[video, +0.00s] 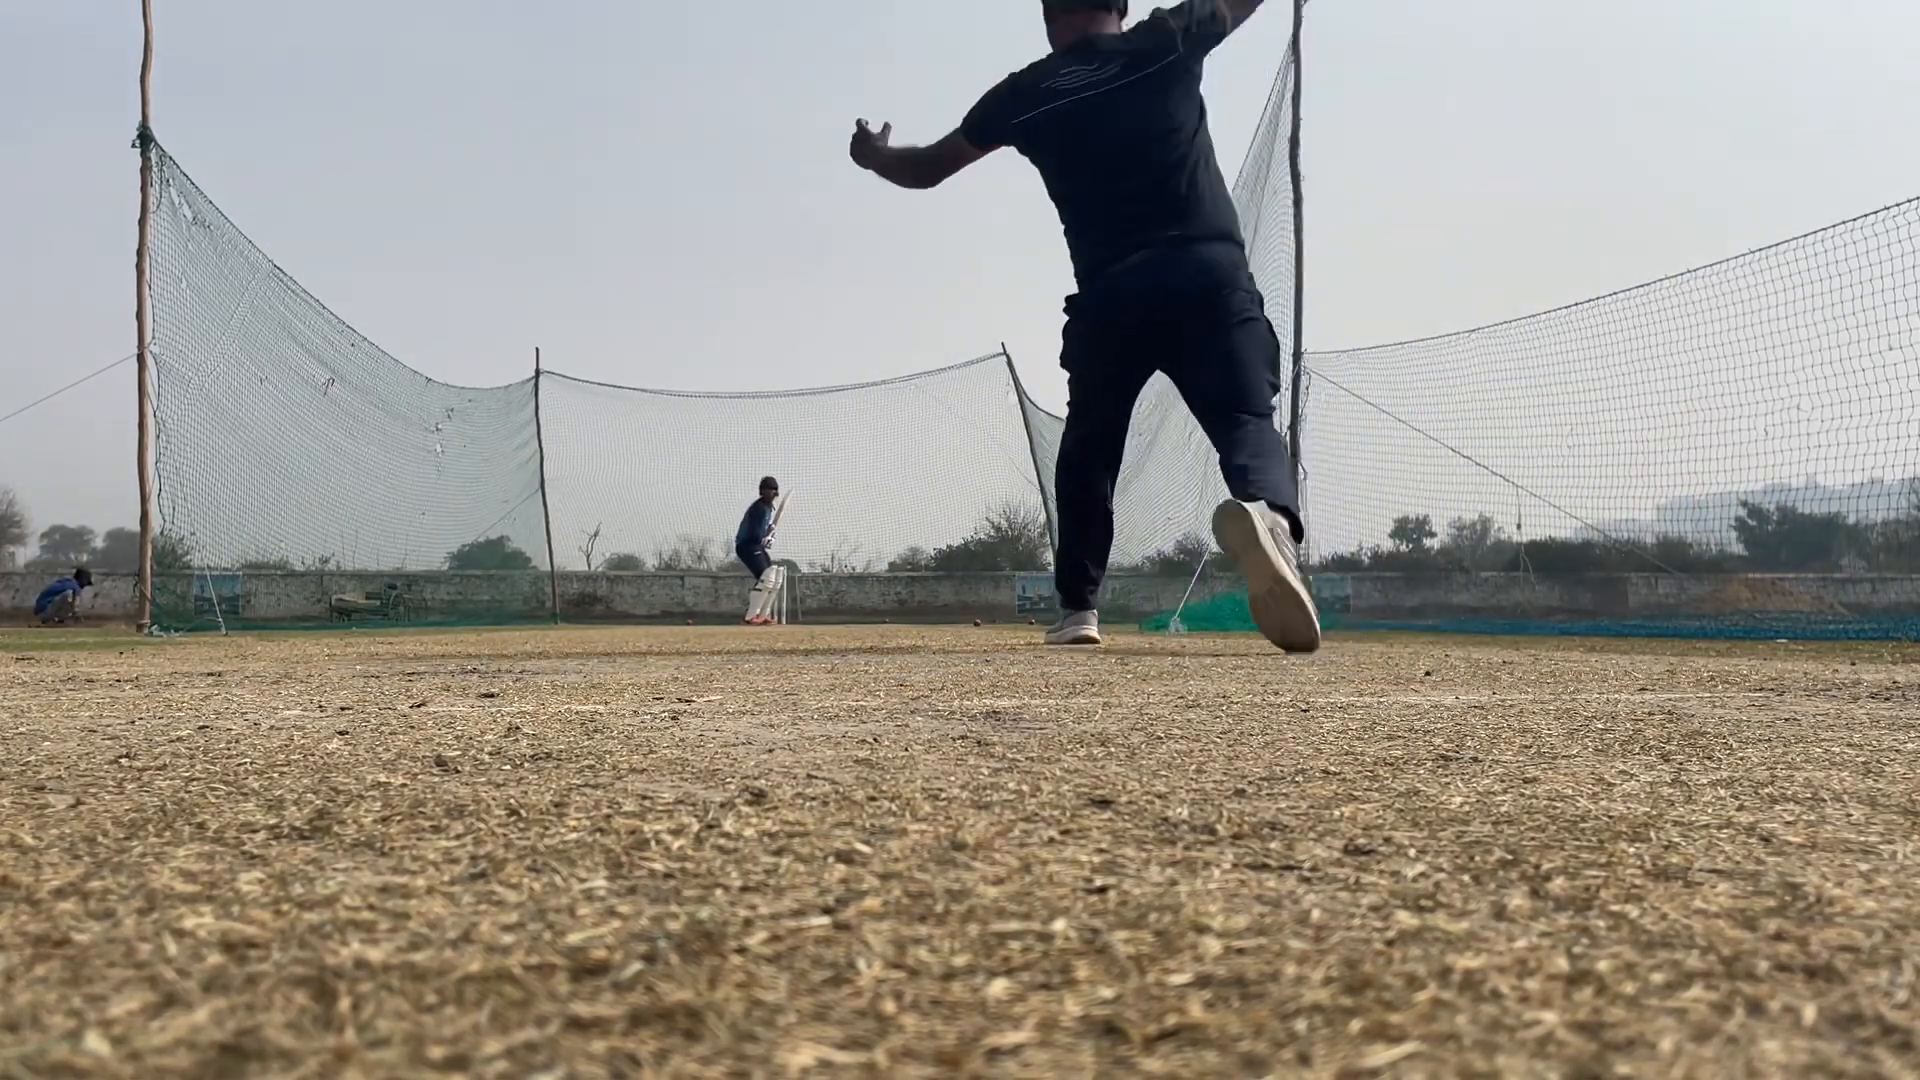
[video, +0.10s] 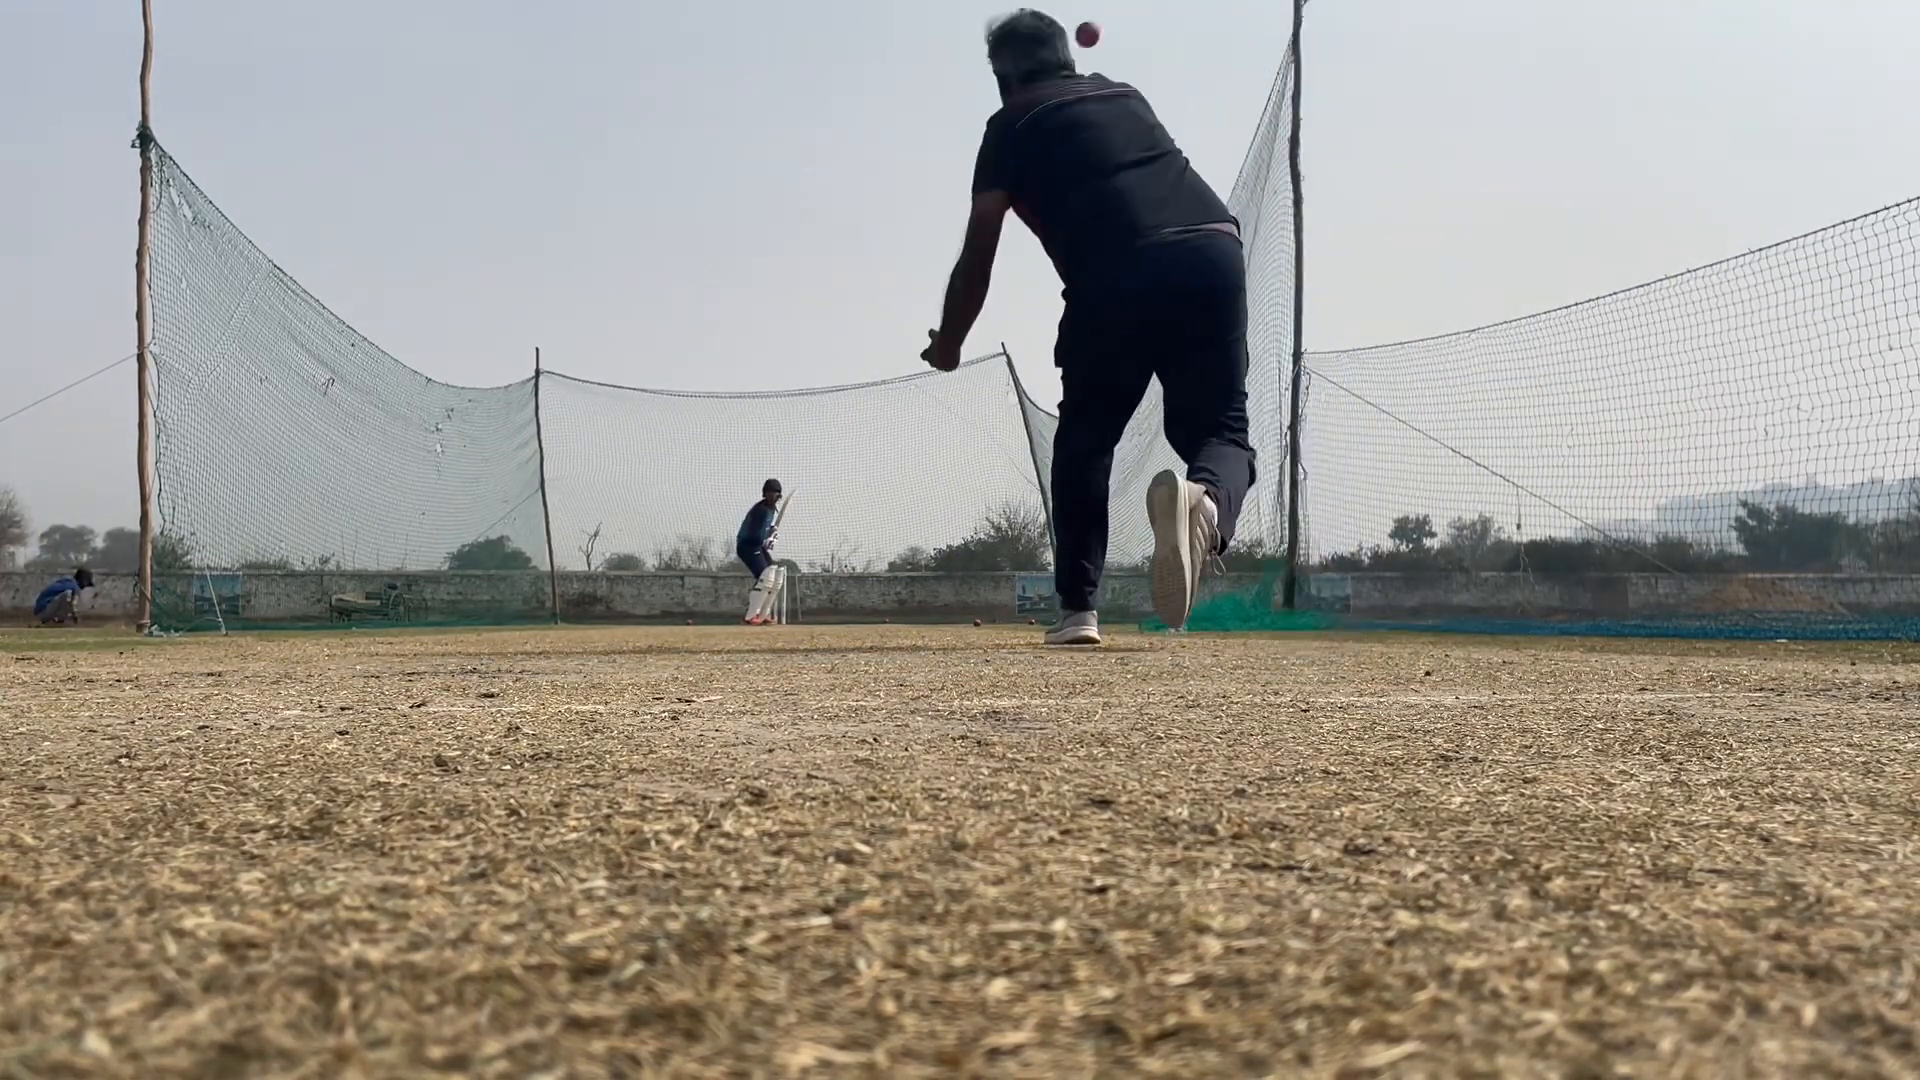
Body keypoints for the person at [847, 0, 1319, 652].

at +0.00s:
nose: (1048, 23)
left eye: (1049, 15)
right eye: (1118, 9)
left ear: (1050, 18)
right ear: (1120, 11)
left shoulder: (1021, 94)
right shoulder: (1170, 38)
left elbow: (927, 167)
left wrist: (873, 154)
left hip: (1109, 293)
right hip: (1209, 269)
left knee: (1090, 446)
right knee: (1245, 415)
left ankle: (1079, 613)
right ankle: (1265, 514)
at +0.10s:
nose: (1001, 92)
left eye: (1000, 81)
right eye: (1003, 83)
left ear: (1005, 76)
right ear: (1070, 62)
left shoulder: (1007, 129)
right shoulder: (1121, 94)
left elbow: (976, 261)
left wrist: (949, 340)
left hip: (1113, 272)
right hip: (1211, 249)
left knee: (1085, 439)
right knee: (1220, 423)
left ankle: (1079, 612)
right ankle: (1205, 510)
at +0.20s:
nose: (974, 127)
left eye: (971, 114)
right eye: (972, 116)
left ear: (980, 102)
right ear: (1034, 87)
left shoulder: (998, 116)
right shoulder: (1087, 126)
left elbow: (1033, 183)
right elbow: (1099, 264)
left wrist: (1042, 252)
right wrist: (1038, 372)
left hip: (1111, 251)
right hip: (1199, 229)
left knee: (1083, 432)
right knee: (1254, 396)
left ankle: (1080, 611)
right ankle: (1242, 442)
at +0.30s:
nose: (956, 171)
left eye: (954, 152)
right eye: (950, 158)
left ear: (974, 130)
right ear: (979, 141)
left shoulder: (997, 116)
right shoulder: (1038, 194)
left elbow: (1014, 31)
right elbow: (1065, 280)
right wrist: (1012, 312)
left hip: (1120, 258)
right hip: (1200, 233)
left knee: (1079, 432)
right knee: (1291, 381)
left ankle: (1081, 605)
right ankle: (1374, 324)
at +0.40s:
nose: (953, 157)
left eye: (950, 138)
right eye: (948, 145)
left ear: (970, 114)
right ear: (974, 135)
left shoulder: (997, 94)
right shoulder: (1018, 202)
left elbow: (963, 12)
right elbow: (1027, 295)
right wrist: (975, 328)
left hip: (1125, 257)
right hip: (1191, 233)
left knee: (1083, 443)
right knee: (1312, 355)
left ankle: (1084, 609)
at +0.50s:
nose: (942, 84)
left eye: (949, 76)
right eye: (945, 77)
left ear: (969, 77)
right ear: (1008, 96)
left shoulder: (994, 82)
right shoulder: (1050, 162)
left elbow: (878, 21)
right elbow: (1051, 275)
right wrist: (987, 356)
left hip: (1120, 262)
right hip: (1189, 237)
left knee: (1086, 437)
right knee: (1307, 358)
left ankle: (1085, 609)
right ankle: (1466, 268)